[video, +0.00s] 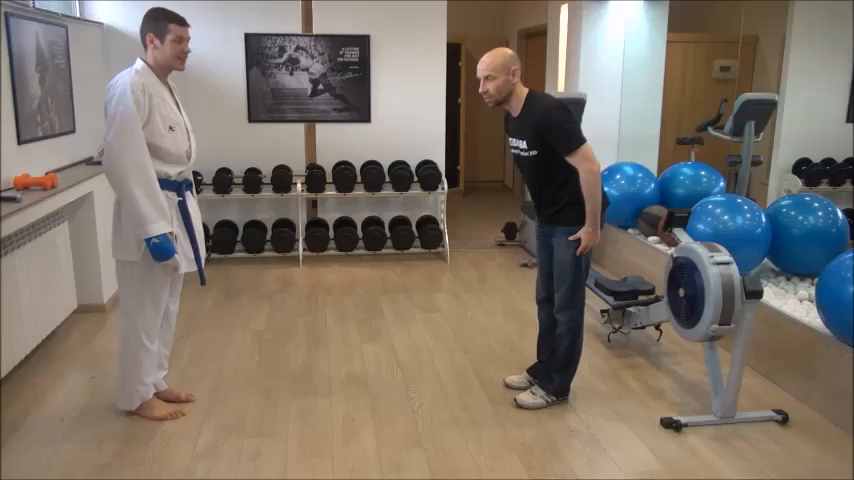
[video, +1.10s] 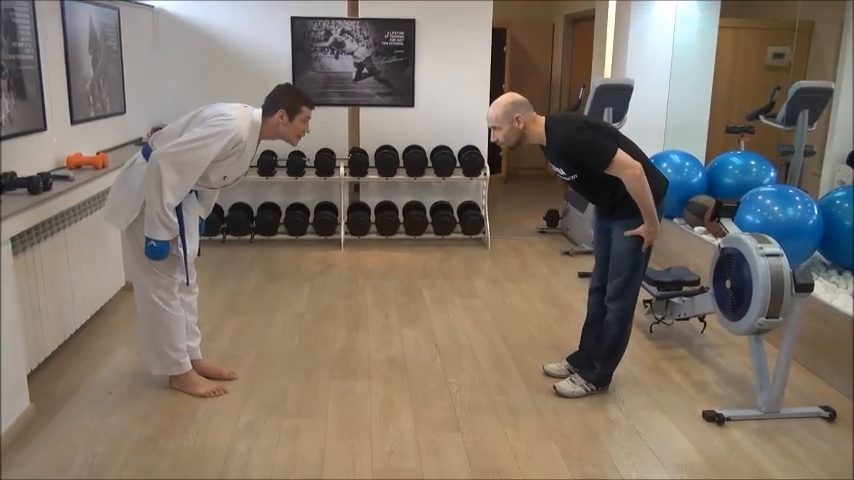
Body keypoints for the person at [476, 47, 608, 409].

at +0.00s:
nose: (482, 88)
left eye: (488, 79)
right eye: (479, 81)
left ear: (514, 75)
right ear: (484, 80)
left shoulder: (548, 112)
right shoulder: (512, 118)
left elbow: (589, 165)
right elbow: (539, 169)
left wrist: (591, 225)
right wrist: (543, 213)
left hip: (572, 224)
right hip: (545, 220)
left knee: (566, 308)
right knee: (546, 302)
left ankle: (557, 387)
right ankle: (544, 372)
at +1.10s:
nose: (493, 137)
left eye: (496, 129)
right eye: (491, 130)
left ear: (519, 121)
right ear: (520, 121)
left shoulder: (571, 135)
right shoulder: (549, 139)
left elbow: (633, 170)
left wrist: (651, 221)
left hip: (633, 210)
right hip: (607, 207)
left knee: (617, 297)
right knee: (599, 290)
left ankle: (598, 377)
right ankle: (584, 361)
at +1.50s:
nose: (507, 98)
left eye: (513, 90)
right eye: (507, 90)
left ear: (539, 88)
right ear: (538, 89)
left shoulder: (586, 117)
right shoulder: (561, 119)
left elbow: (639, 161)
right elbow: (601, 162)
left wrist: (651, 216)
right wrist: (608, 204)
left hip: (636, 208)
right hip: (610, 205)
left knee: (623, 293)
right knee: (604, 285)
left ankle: (608, 375)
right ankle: (595, 359)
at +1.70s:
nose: (540, 48)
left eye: (548, 42)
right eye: (543, 41)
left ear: (574, 48)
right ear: (570, 49)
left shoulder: (602, 89)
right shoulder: (572, 89)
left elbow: (638, 149)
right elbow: (591, 148)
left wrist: (639, 209)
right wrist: (591, 199)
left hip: (625, 207)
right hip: (599, 204)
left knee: (619, 293)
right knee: (600, 287)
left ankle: (612, 375)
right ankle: (598, 359)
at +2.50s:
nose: (566, 79)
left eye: (573, 72)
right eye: (567, 73)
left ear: (599, 75)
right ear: (592, 77)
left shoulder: (610, 123)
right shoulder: (582, 123)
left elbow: (618, 192)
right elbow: (576, 185)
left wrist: (597, 250)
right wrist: (560, 236)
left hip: (587, 248)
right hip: (562, 243)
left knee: (589, 337)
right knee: (565, 334)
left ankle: (616, 420)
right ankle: (567, 411)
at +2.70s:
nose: (550, 83)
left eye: (557, 76)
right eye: (550, 77)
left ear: (583, 75)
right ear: (576, 77)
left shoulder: (597, 120)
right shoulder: (569, 125)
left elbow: (606, 187)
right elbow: (554, 187)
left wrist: (584, 247)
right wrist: (529, 227)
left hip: (582, 247)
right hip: (560, 243)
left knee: (549, 323)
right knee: (572, 327)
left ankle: (591, 407)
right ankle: (567, 406)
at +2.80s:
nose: (542, 83)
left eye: (548, 76)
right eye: (542, 77)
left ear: (574, 76)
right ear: (569, 77)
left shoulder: (592, 120)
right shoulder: (562, 125)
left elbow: (598, 185)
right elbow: (537, 179)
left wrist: (570, 241)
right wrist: (494, 213)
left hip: (581, 244)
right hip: (564, 242)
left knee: (545, 327)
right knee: (572, 329)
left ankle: (561, 420)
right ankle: (573, 410)